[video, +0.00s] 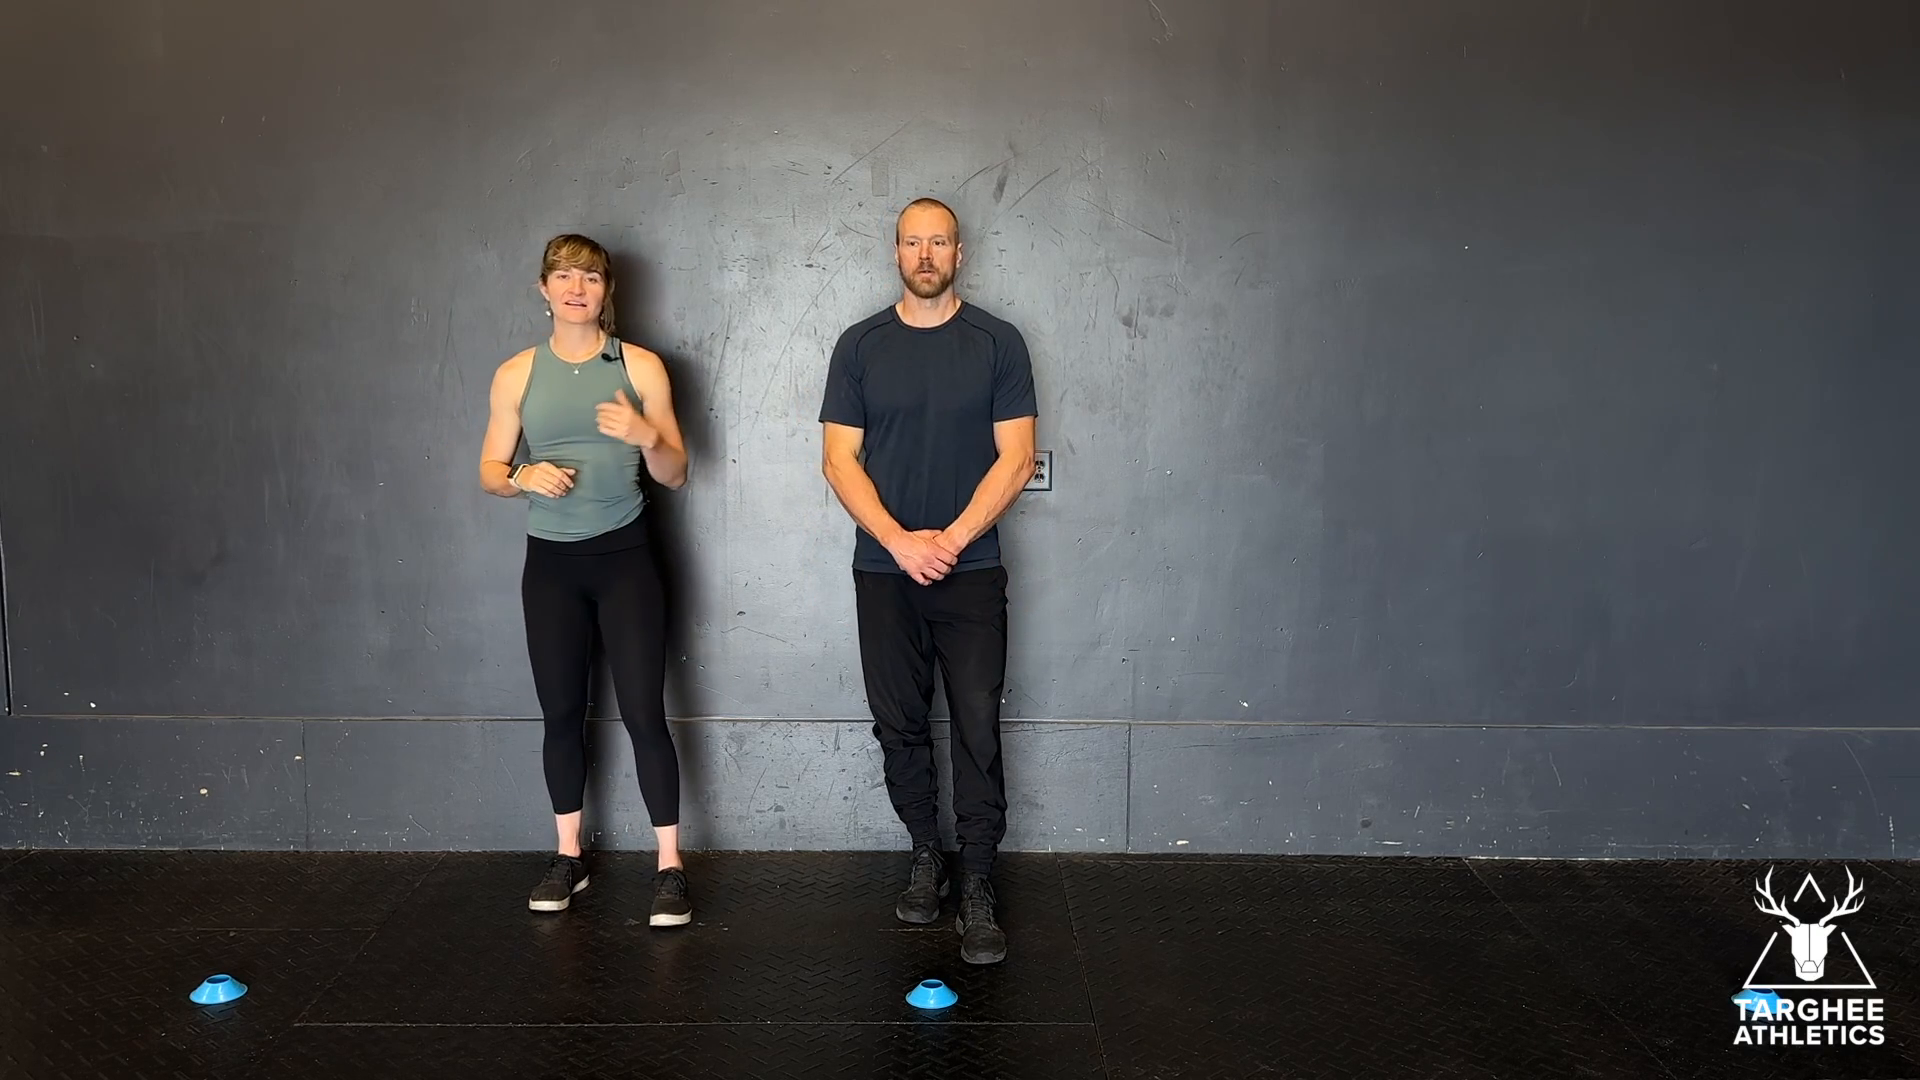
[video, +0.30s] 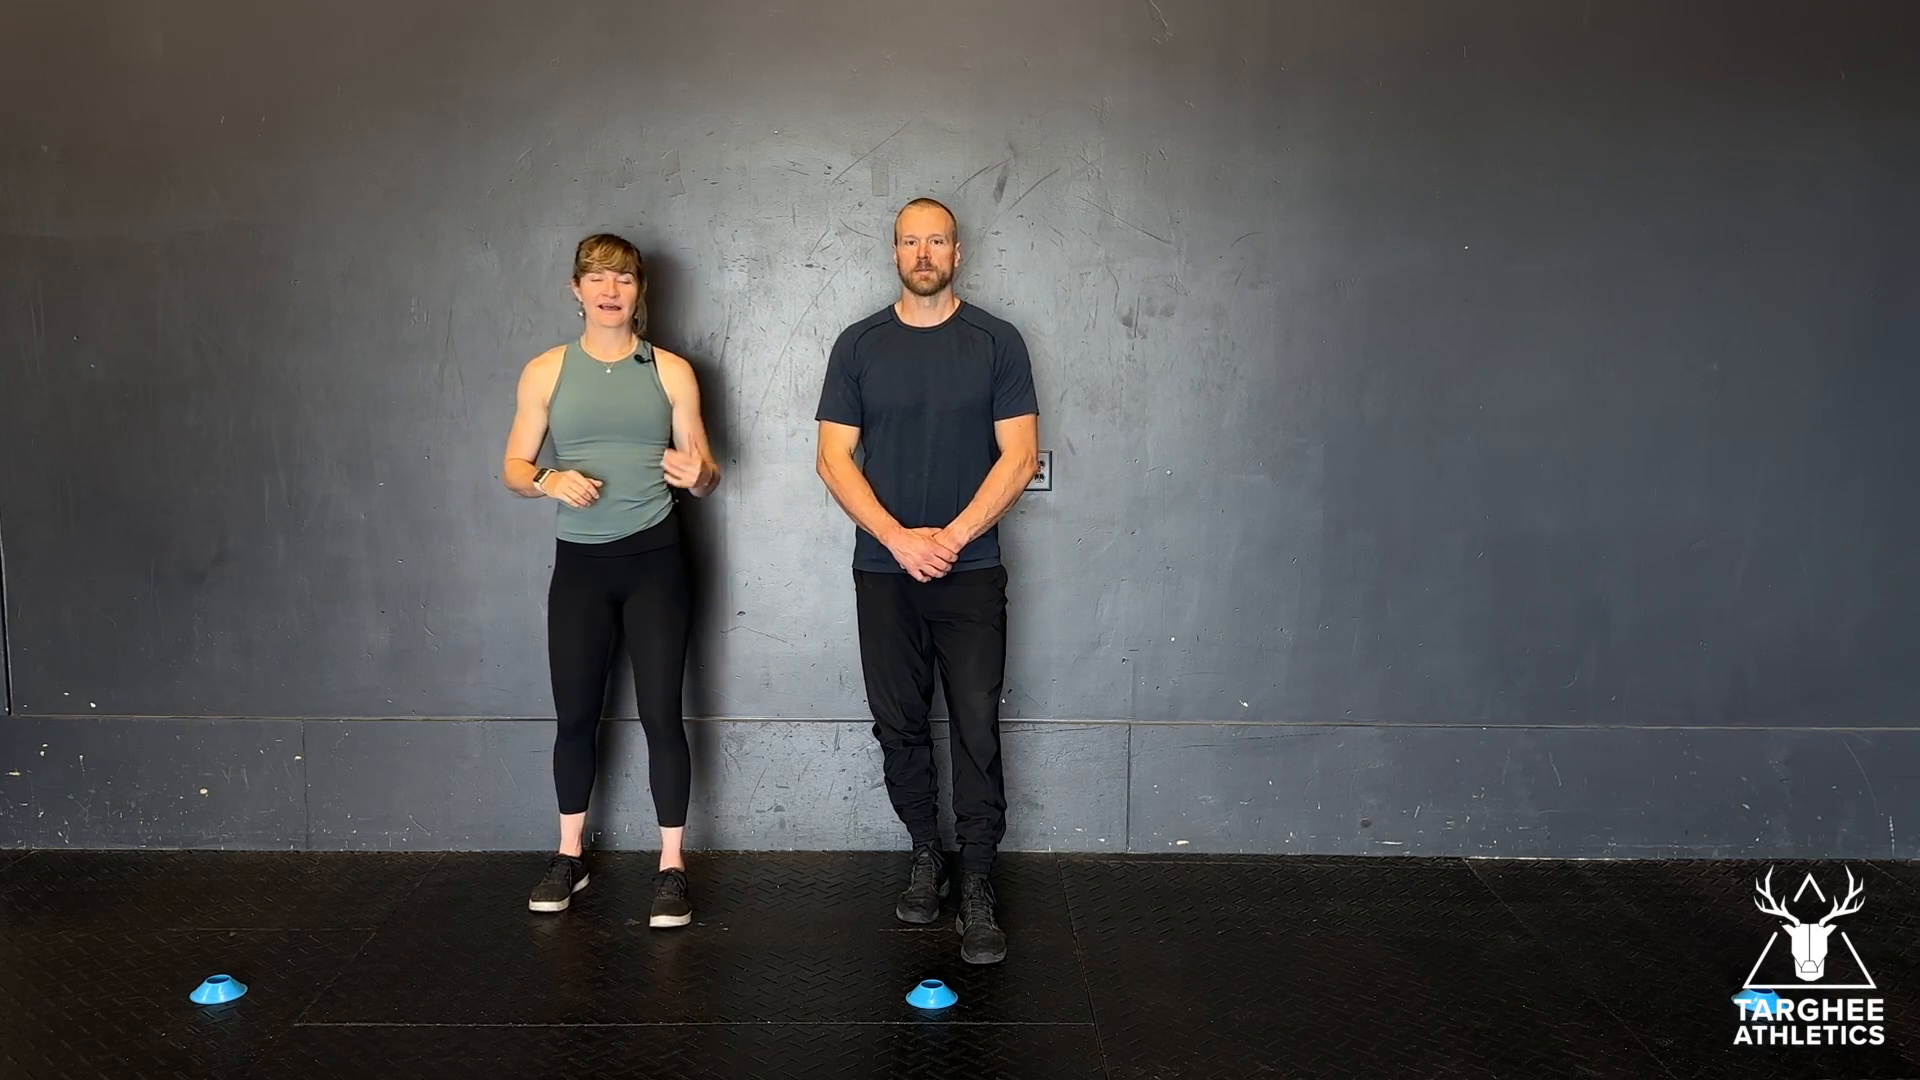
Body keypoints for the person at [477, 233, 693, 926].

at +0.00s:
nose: (576, 287)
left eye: (589, 276)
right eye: (563, 276)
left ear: (606, 288)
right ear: (545, 289)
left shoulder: (642, 368)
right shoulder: (516, 375)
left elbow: (674, 474)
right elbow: (492, 475)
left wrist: (646, 436)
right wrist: (524, 478)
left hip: (626, 558)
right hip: (551, 563)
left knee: (643, 712)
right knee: (561, 712)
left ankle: (670, 866)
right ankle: (569, 858)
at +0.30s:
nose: (610, 288)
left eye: (622, 277)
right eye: (597, 277)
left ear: (638, 288)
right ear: (579, 288)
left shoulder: (671, 372)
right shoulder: (545, 373)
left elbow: (704, 471)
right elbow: (516, 469)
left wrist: (696, 471)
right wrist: (550, 480)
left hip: (656, 559)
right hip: (580, 564)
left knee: (661, 713)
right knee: (576, 714)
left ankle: (672, 865)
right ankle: (570, 858)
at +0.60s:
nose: (651, 291)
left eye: (662, 280)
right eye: (637, 279)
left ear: (675, 291)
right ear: (614, 290)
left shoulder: (703, 377)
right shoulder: (577, 371)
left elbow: (717, 483)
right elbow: (544, 467)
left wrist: (728, 470)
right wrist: (584, 482)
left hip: (682, 560)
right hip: (605, 563)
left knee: (676, 715)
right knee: (579, 719)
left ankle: (673, 866)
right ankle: (569, 855)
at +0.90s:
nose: (694, 298)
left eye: (701, 287)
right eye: (679, 286)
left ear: (708, 298)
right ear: (646, 294)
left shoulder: (724, 385)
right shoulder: (603, 368)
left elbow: (751, 490)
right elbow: (558, 458)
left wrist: (798, 478)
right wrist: (609, 483)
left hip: (695, 563)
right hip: (618, 565)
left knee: (683, 716)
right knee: (594, 727)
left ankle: (673, 864)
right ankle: (589, 839)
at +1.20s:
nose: (692, 295)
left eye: (702, 284)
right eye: (678, 283)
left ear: (715, 297)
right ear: (653, 293)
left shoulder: (734, 385)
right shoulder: (613, 367)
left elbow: (758, 486)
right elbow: (565, 459)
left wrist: (716, 502)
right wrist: (619, 483)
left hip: (699, 565)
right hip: (623, 565)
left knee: (685, 716)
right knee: (616, 729)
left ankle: (674, 865)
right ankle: (629, 844)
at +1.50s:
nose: (684, 294)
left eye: (697, 282)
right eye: (672, 281)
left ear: (711, 293)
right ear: (652, 290)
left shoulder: (739, 377)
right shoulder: (615, 371)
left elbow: (774, 478)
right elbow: (575, 464)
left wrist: (712, 486)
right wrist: (619, 485)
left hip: (701, 564)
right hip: (625, 562)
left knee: (685, 717)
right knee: (595, 723)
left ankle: (675, 866)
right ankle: (623, 838)